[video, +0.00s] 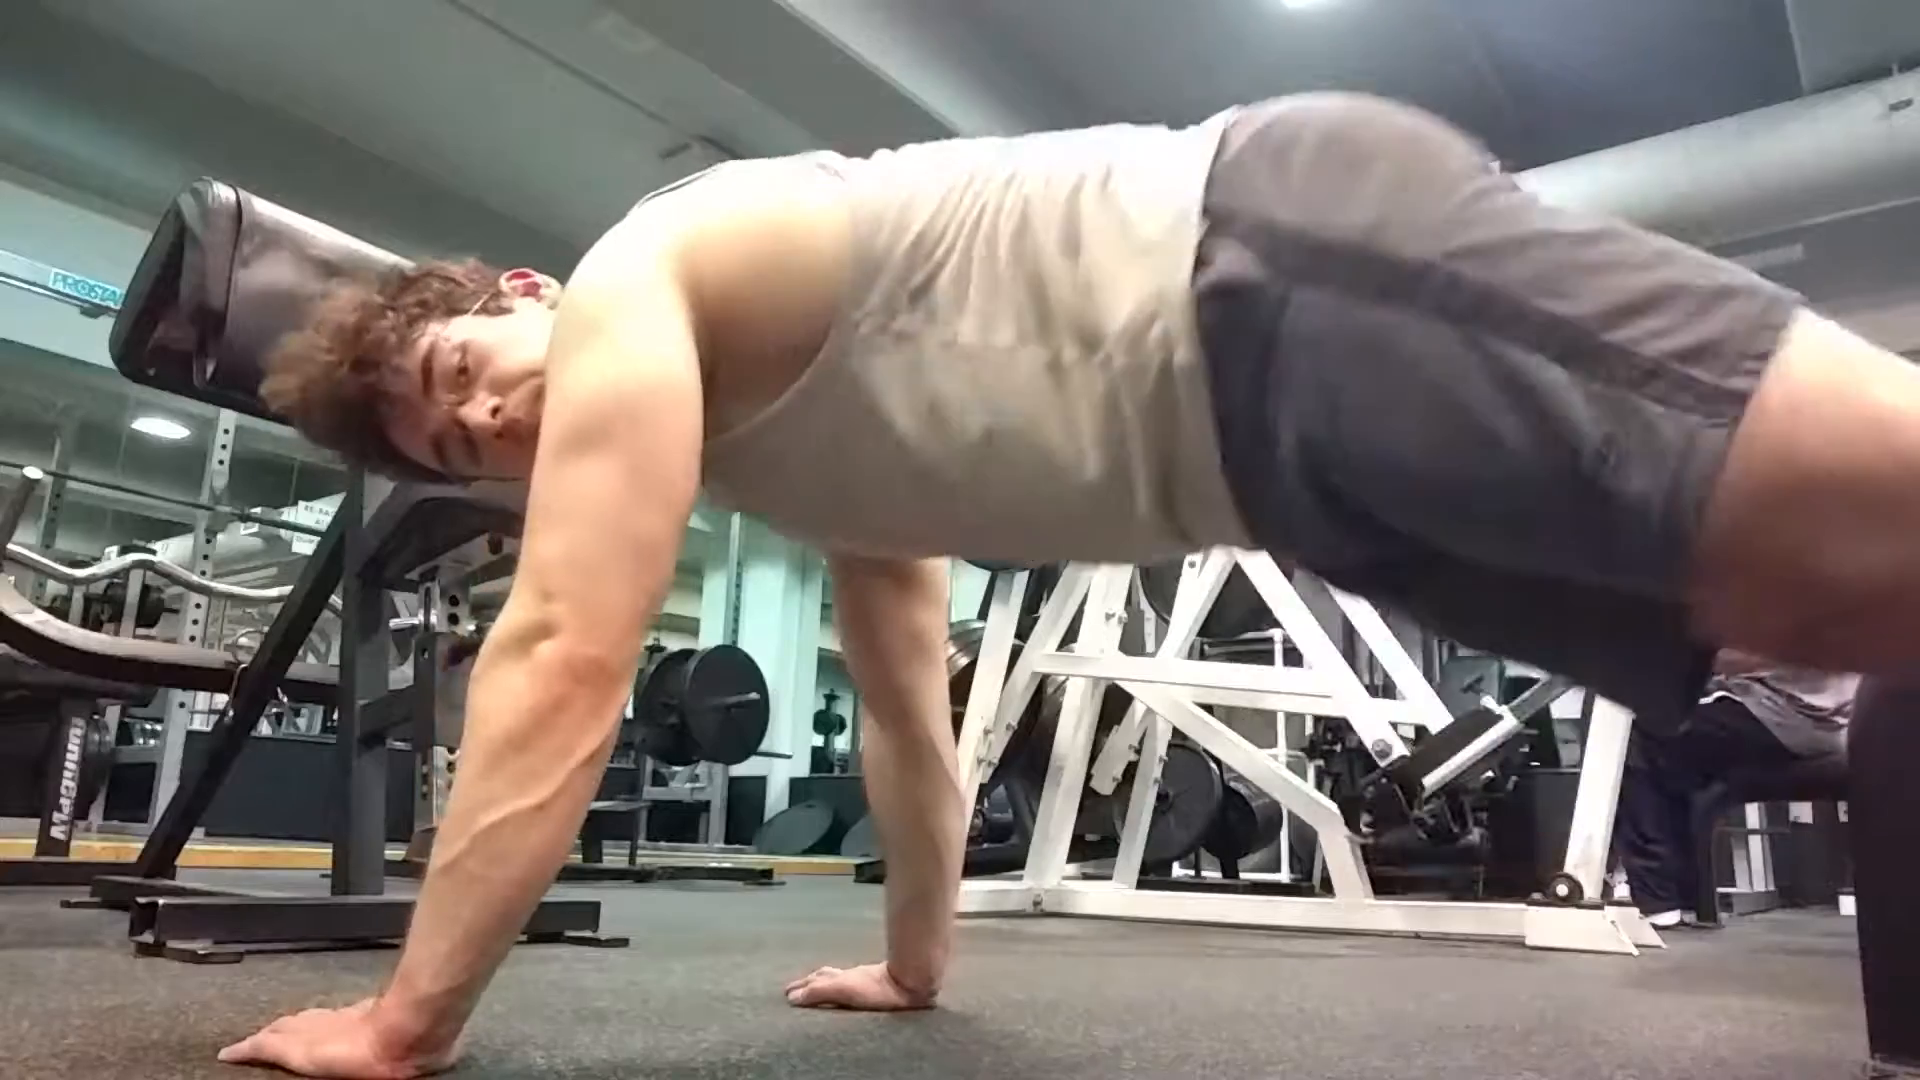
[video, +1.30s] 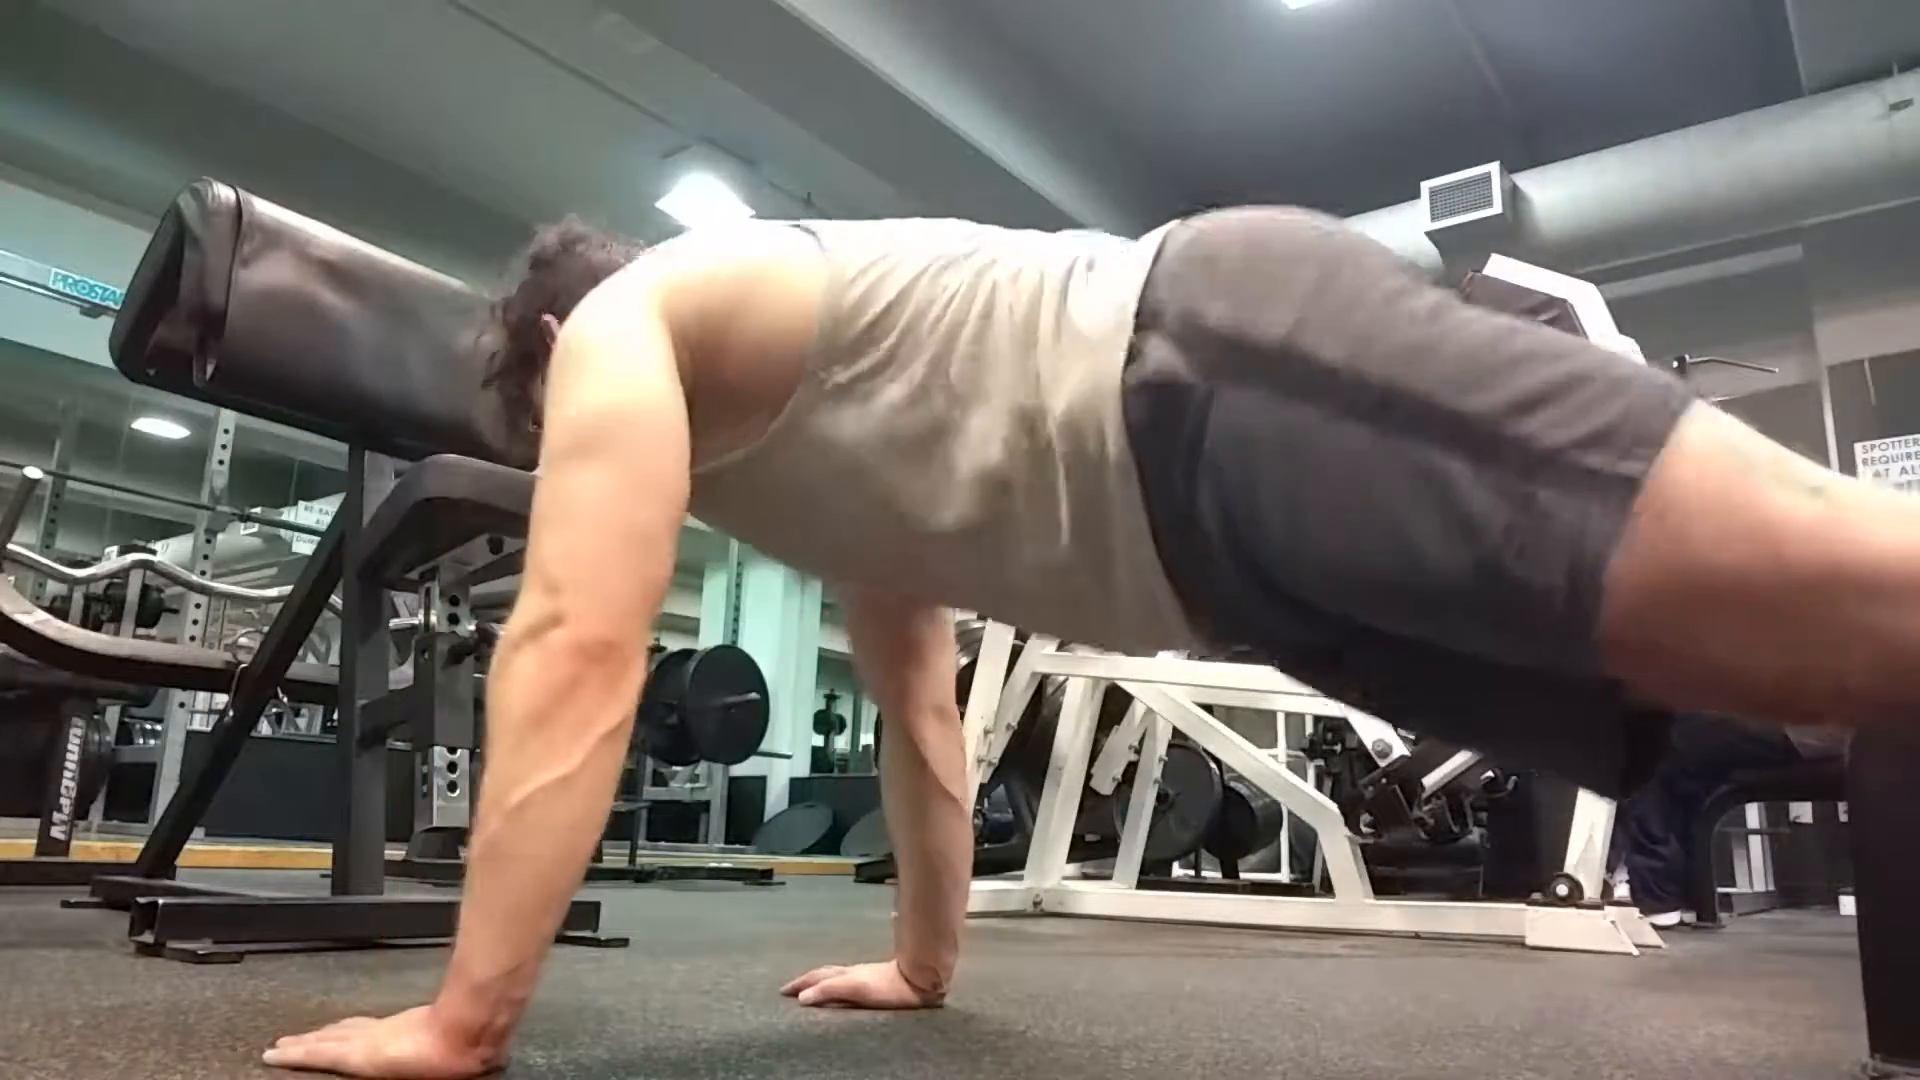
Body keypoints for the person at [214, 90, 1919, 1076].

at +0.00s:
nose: (454, 418)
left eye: (439, 364)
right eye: (417, 439)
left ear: (491, 289)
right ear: (430, 464)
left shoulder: (640, 290)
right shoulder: (790, 421)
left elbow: (557, 667)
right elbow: (896, 653)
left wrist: (411, 1006)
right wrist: (921, 960)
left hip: (1286, 294)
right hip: (1283, 457)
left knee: (1883, 492)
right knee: (1841, 621)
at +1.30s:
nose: (554, 455)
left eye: (540, 412)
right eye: (540, 430)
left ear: (559, 337)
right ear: (626, 331)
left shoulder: (635, 322)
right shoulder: (820, 441)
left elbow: (574, 658)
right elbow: (914, 692)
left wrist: (461, 1018)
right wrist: (926, 963)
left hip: (1221, 390)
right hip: (1242, 565)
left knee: (1842, 583)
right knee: (1835, 693)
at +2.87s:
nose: (403, 586)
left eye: (403, 550)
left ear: (414, 471)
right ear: (532, 409)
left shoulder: (506, 489)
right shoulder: (669, 491)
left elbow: (599, 672)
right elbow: (908, 677)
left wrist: (464, 1014)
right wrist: (932, 957)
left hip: (1052, 632)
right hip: (1077, 680)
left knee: (1752, 736)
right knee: (1727, 765)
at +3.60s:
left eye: (400, 750)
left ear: (423, 653)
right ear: (520, 611)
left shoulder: (445, 680)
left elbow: (580, 682)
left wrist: (459, 1016)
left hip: (981, 813)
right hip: (975, 944)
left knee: (1759, 842)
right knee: (1750, 857)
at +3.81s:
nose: (417, 562)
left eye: (413, 516)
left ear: (429, 413)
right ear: (548, 368)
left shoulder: (516, 448)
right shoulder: (717, 453)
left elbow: (597, 661)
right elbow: (924, 693)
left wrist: (465, 1014)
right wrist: (934, 956)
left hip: (1037, 613)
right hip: (1061, 687)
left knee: (1770, 738)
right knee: (1746, 751)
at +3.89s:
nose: (427, 548)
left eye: (418, 509)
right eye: (418, 535)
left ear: (429, 415)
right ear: (539, 432)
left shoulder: (534, 389)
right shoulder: (724, 440)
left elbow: (602, 651)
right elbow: (917, 698)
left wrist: (463, 1018)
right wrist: (922, 962)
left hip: (1063, 546)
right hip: (1075, 628)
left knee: (1767, 696)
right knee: (1742, 731)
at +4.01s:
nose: (407, 555)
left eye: (396, 513)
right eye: (395, 535)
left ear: (418, 429)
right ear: (523, 415)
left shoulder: (530, 413)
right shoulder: (712, 440)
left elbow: (619, 660)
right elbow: (941, 706)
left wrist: (463, 1021)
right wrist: (921, 969)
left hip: (1060, 559)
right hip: (1068, 610)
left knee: (1784, 692)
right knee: (1761, 734)